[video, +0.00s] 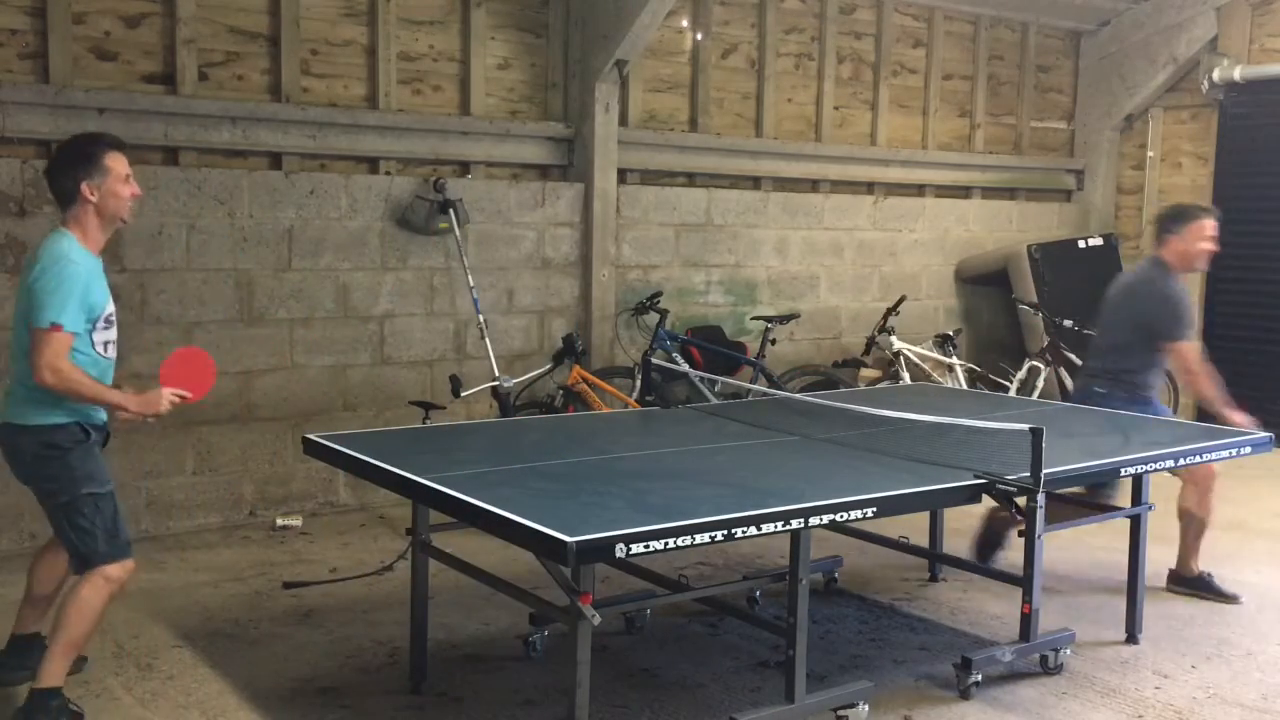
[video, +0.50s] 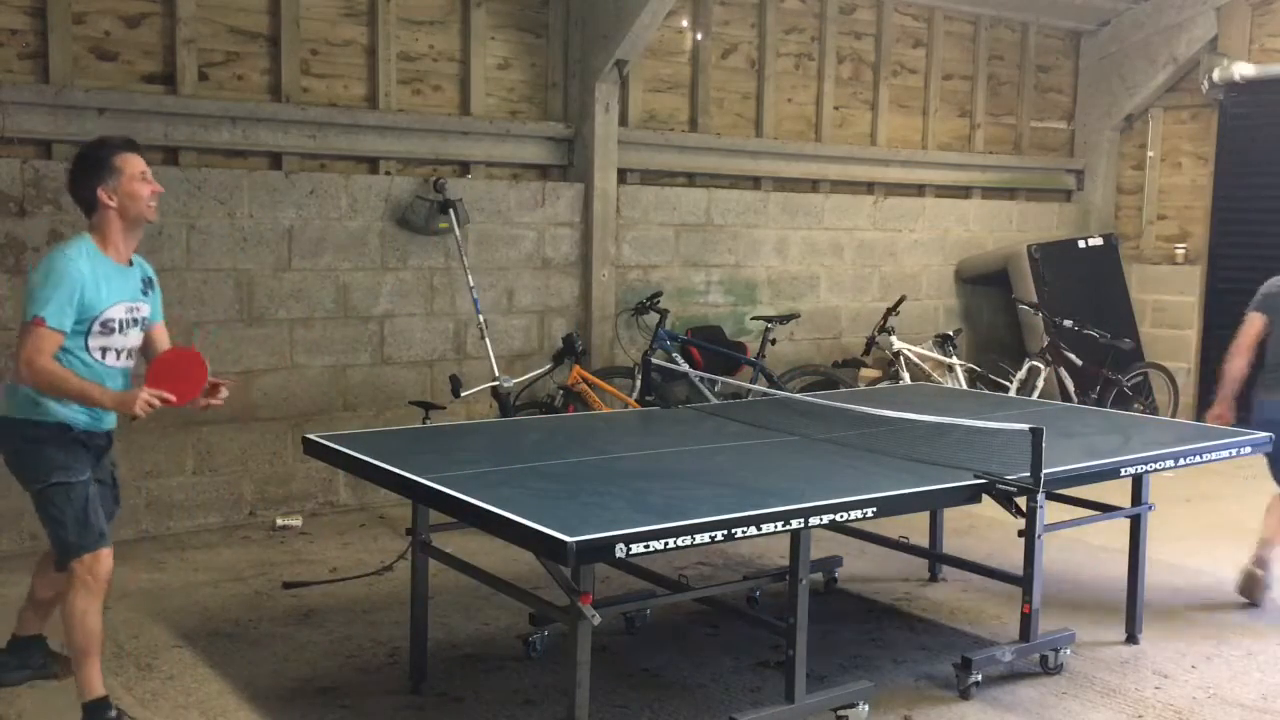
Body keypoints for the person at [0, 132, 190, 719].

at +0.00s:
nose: (137, 190)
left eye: (133, 177)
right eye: (125, 179)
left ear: (90, 193)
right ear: (90, 192)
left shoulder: (72, 254)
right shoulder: (68, 263)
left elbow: (62, 359)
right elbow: (50, 367)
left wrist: (120, 397)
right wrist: (129, 400)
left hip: (53, 427)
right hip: (52, 432)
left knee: (77, 535)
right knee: (111, 564)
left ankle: (23, 645)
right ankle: (45, 699)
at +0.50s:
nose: (158, 187)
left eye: (152, 176)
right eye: (144, 178)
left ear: (118, 196)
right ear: (108, 196)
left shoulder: (142, 274)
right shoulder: (67, 263)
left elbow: (162, 359)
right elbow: (32, 363)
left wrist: (198, 389)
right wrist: (115, 399)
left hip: (94, 431)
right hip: (43, 428)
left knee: (74, 545)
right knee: (93, 562)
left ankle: (22, 646)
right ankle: (95, 703)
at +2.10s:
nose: (255, 163)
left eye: (255, 150)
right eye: (248, 150)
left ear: (199, 149)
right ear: (209, 148)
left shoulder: (134, 210)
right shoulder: (178, 220)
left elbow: (99, 349)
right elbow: (168, 356)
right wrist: (234, 446)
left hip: (107, 441)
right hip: (148, 448)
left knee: (130, 615)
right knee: (217, 630)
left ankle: (97, 711)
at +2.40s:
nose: (271, 165)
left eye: (271, 151)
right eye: (266, 150)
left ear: (215, 150)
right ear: (230, 151)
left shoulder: (133, 221)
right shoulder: (213, 234)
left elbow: (107, 352)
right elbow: (205, 362)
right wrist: (277, 439)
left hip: (119, 458)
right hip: (183, 469)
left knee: (136, 618)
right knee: (251, 640)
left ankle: (100, 717)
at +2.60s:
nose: (322, 180)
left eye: (322, 165)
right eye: (318, 163)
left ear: (246, 161)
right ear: (287, 165)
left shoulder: (163, 232)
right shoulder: (280, 248)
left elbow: (117, 351)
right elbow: (292, 382)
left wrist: (176, 405)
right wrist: (349, 436)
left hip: (133, 459)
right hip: (209, 469)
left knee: (147, 619)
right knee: (279, 645)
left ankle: (102, 713)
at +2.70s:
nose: (341, 184)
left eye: (343, 170)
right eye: (339, 168)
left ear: (262, 165)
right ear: (308, 170)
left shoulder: (176, 232)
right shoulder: (302, 252)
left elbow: (123, 353)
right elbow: (326, 382)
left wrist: (162, 418)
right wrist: (381, 432)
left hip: (136, 459)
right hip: (216, 468)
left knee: (144, 622)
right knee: (287, 645)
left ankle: (105, 716)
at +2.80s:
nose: (347, 186)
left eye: (349, 170)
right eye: (345, 169)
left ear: (271, 165)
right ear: (314, 170)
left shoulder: (180, 232)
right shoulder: (312, 252)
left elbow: (125, 348)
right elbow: (345, 378)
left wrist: (158, 418)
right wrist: (400, 430)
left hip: (141, 458)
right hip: (224, 466)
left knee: (148, 627)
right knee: (289, 648)